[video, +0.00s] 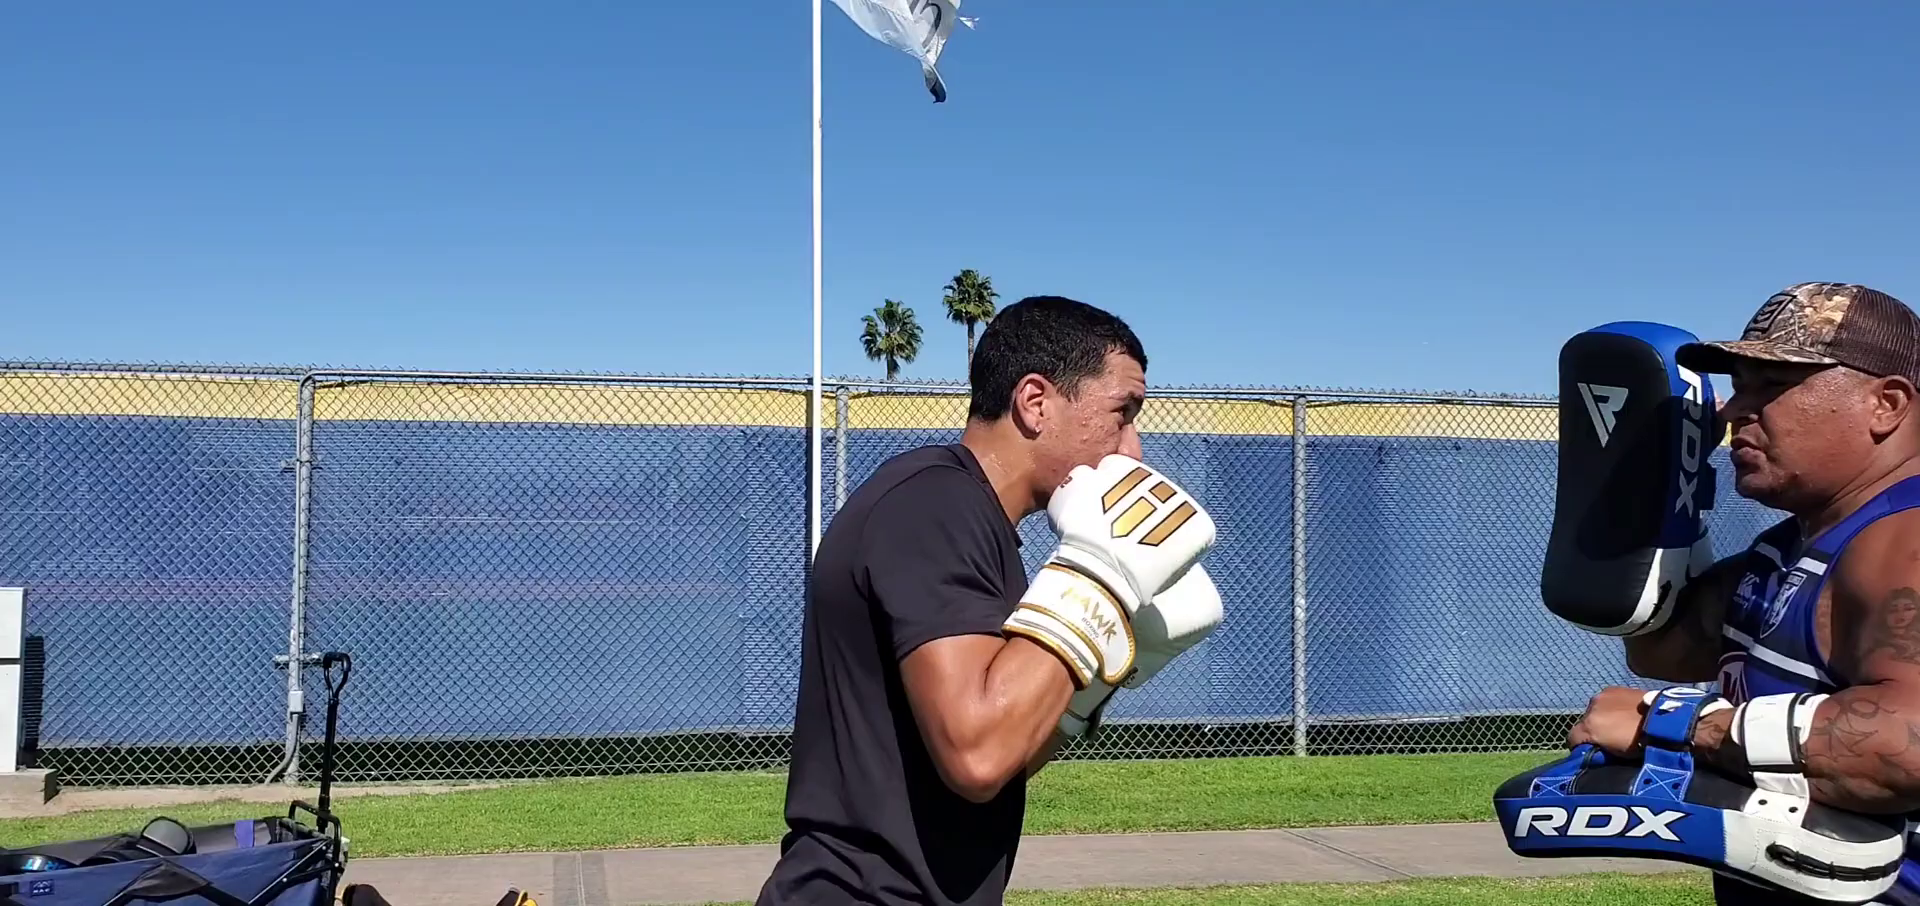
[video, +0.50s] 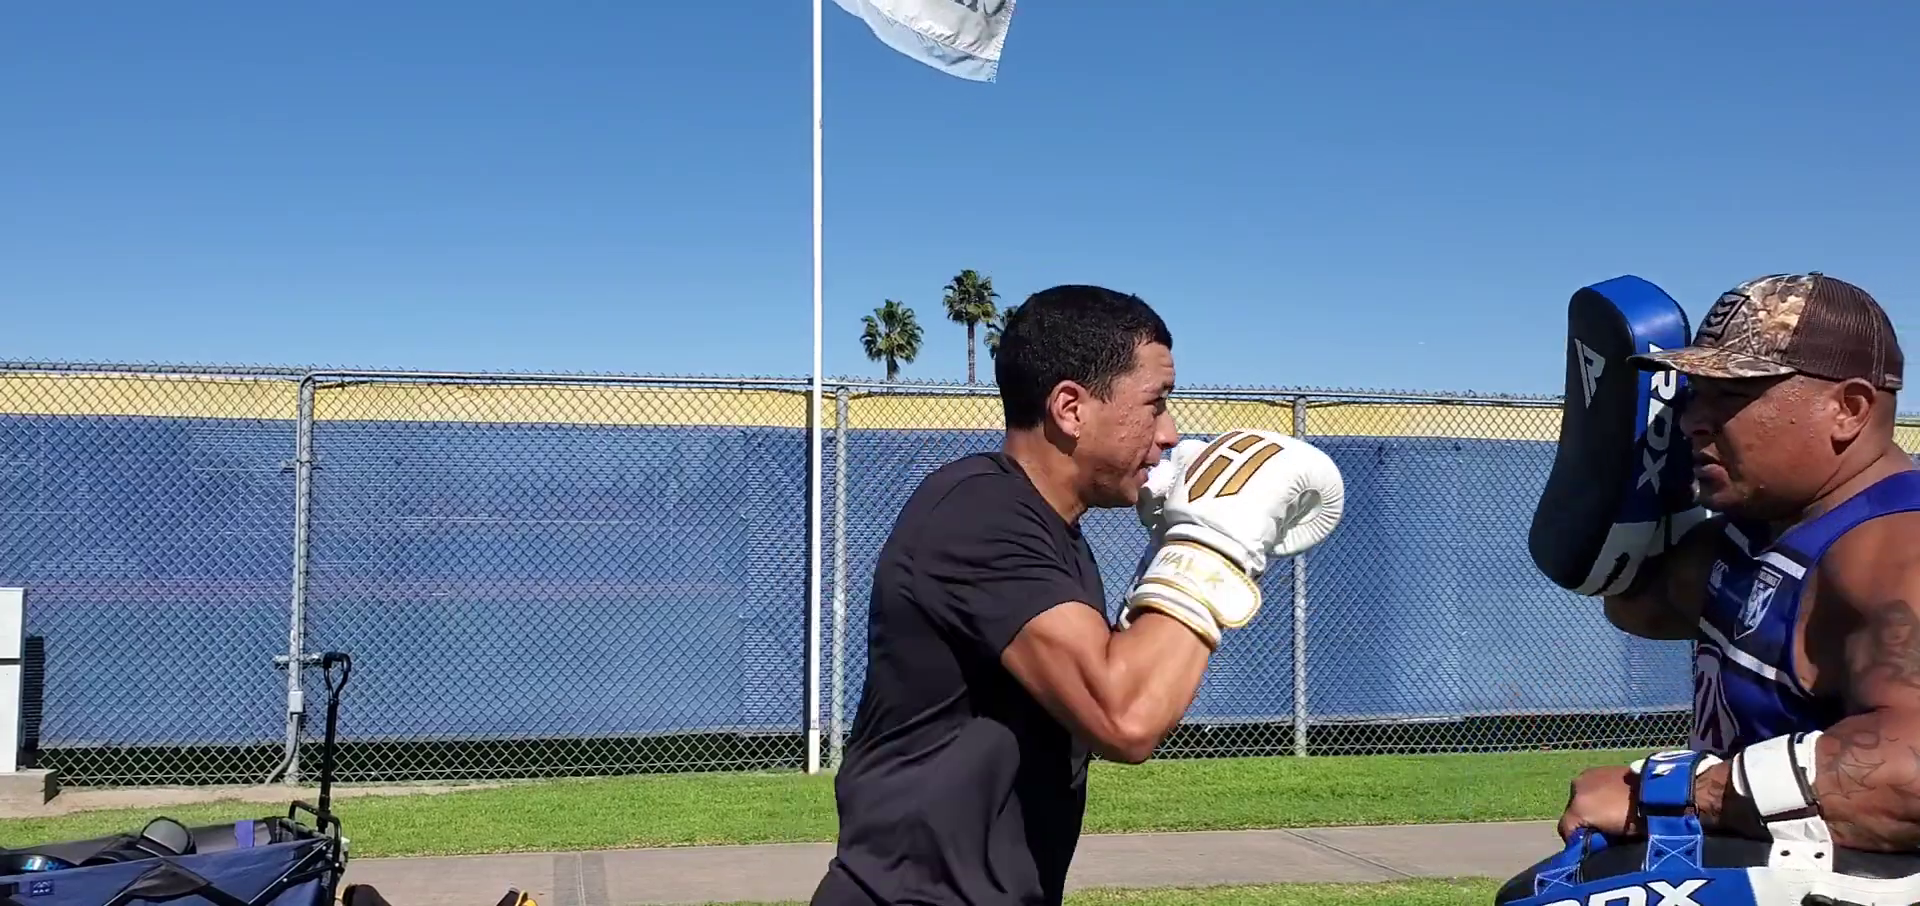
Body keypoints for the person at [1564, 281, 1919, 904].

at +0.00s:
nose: (1733, 410)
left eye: (1770, 386)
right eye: (1739, 388)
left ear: (1885, 405)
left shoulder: (1899, 546)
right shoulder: (1799, 539)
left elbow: (1900, 745)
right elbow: (1662, 653)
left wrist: (1681, 720)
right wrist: (1660, 490)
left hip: (1860, 889)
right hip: (1764, 880)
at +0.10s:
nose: (1753, 399)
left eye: (1788, 374)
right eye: (1756, 377)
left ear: (1901, 396)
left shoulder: (1900, 528)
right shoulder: (1820, 532)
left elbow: (1886, 689)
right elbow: (1694, 619)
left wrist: (1653, 672)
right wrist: (1690, 453)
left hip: (1878, 889)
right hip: (1802, 881)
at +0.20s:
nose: (1751, 407)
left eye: (1784, 382)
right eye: (1750, 384)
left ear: (1898, 399)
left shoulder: (1901, 522)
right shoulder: (1844, 529)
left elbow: (1853, 668)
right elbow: (1714, 603)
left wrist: (1593, 681)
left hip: (1871, 891)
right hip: (1797, 884)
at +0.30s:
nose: (1742, 411)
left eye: (1775, 386)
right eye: (1741, 389)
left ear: (1892, 403)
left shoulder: (1897, 527)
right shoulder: (1850, 527)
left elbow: (1844, 679)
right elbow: (1716, 620)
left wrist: (1587, 696)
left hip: (1866, 890)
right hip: (1794, 883)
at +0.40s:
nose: (1720, 413)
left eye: (1753, 386)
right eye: (1722, 387)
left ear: (1873, 406)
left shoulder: (1887, 541)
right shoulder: (1820, 531)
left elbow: (1867, 712)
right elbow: (1694, 609)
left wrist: (1612, 743)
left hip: (1859, 889)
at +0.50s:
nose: (1693, 422)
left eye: (1731, 394)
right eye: (1696, 394)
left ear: (1848, 410)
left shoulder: (1887, 552)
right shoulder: (1755, 528)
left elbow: (1901, 774)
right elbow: (1643, 604)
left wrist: (1661, 789)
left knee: (1546, 894)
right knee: (1535, 884)